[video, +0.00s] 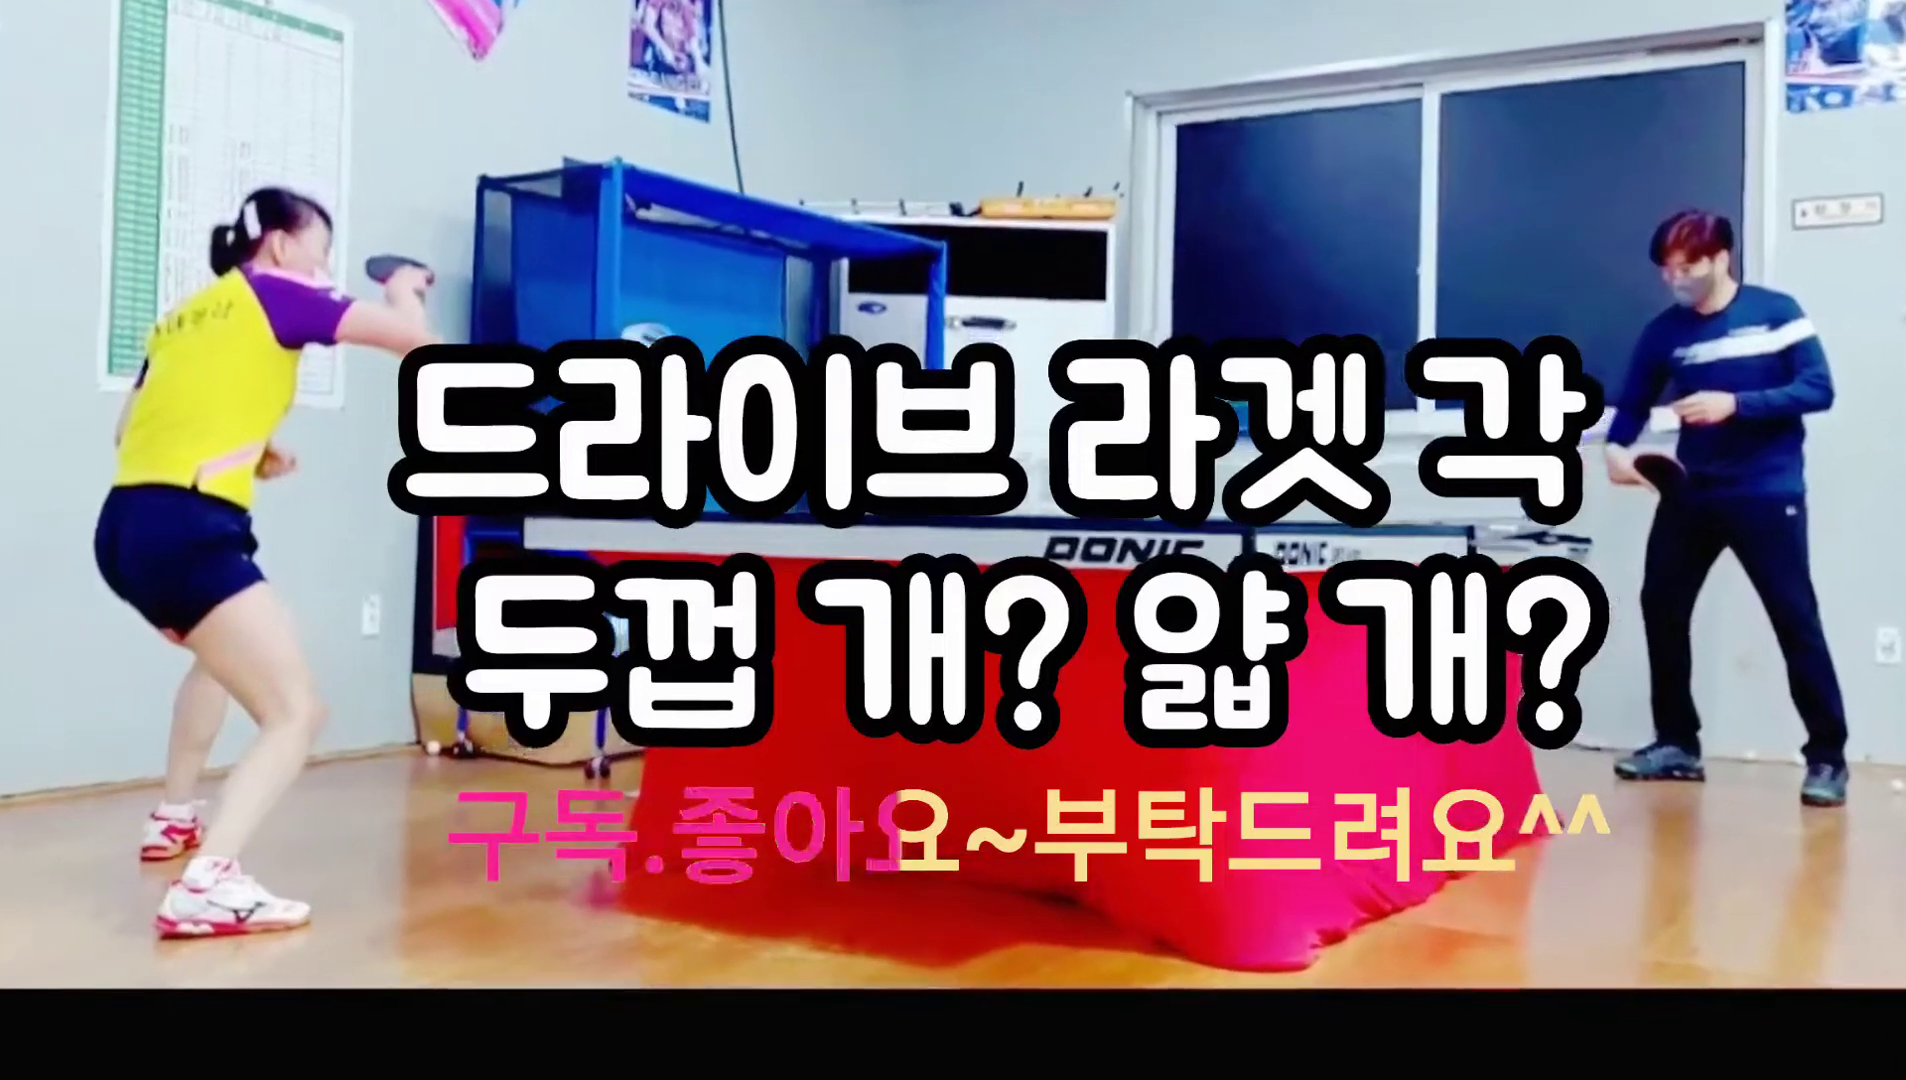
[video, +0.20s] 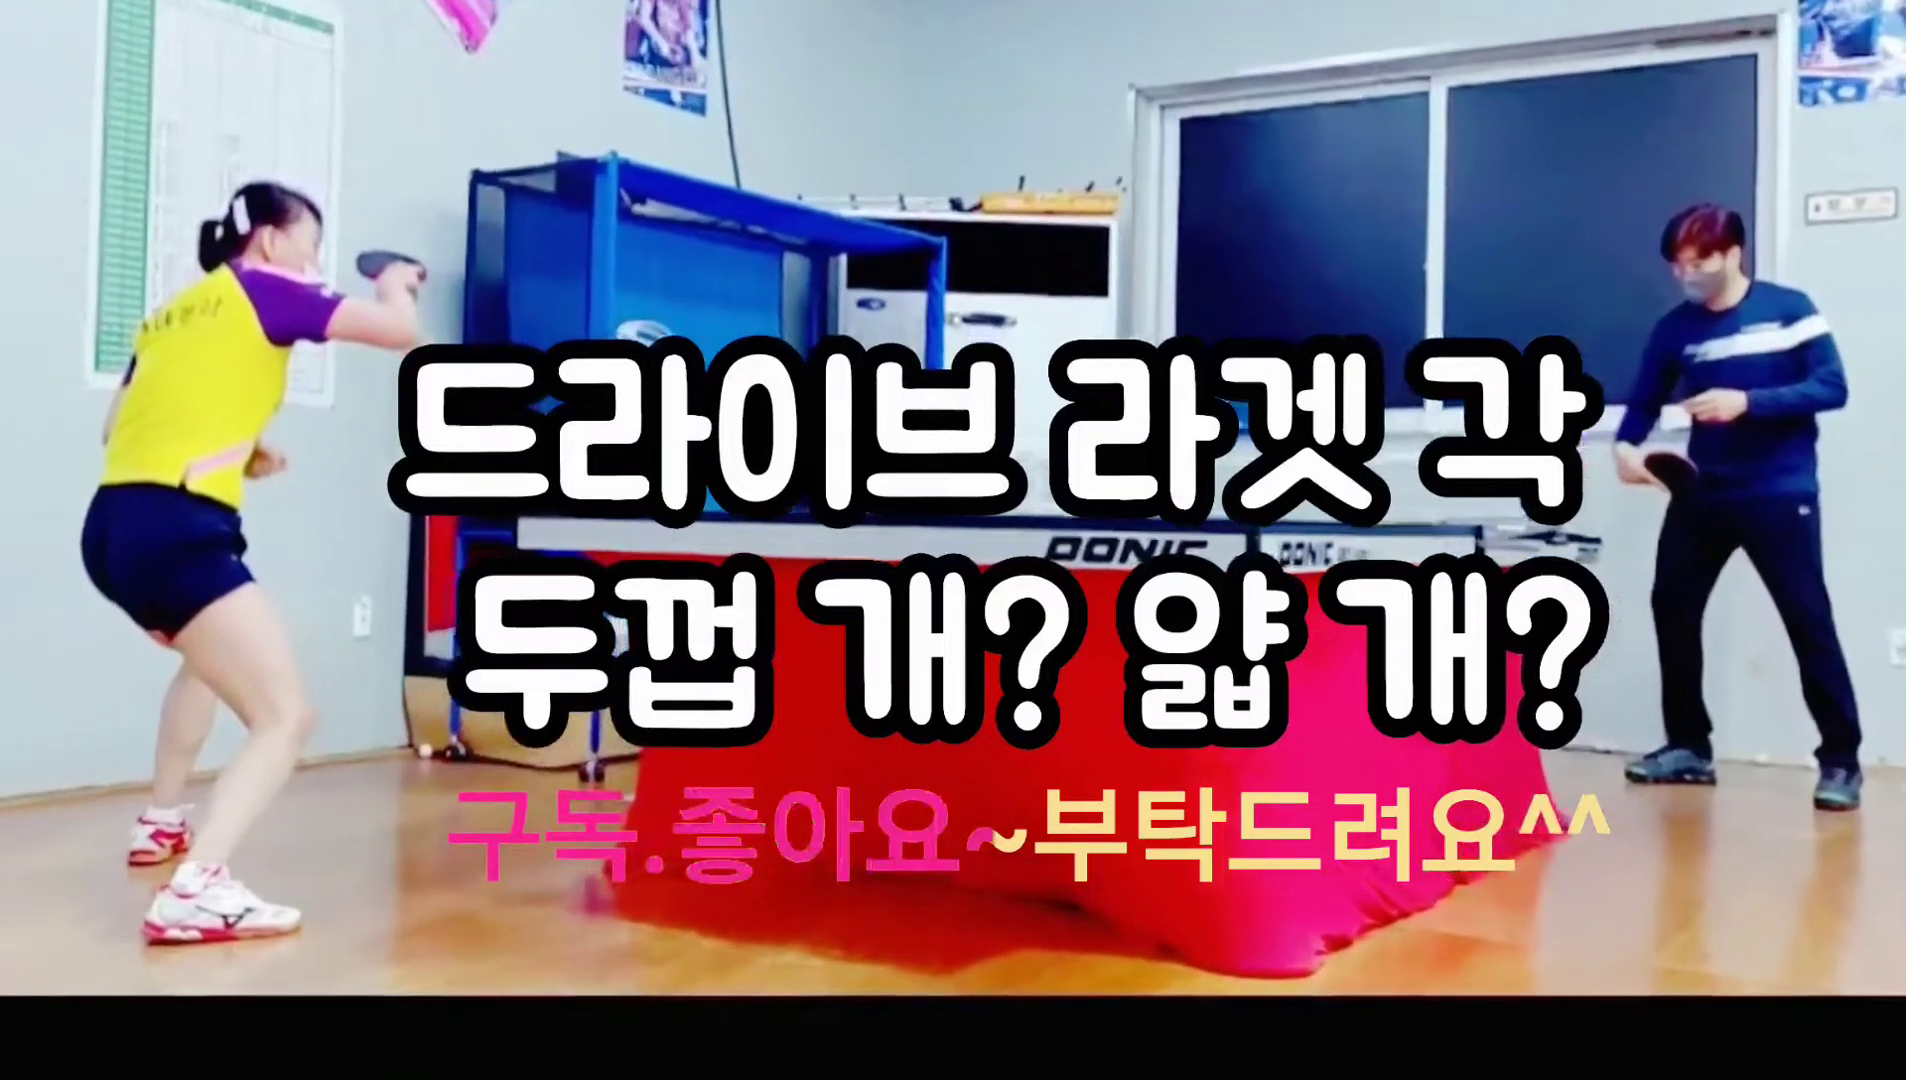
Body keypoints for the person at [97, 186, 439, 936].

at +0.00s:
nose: (324, 265)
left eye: (326, 252)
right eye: (319, 249)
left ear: (255, 244)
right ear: (277, 240)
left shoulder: (185, 316)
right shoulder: (276, 294)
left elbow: (137, 433)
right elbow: (412, 338)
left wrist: (249, 457)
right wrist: (402, 292)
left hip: (123, 526)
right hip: (188, 527)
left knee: (219, 654)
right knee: (295, 712)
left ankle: (176, 814)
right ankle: (211, 879)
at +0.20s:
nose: (315, 259)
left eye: (317, 246)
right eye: (310, 242)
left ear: (244, 239)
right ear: (267, 235)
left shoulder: (170, 314)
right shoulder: (265, 290)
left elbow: (123, 432)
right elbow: (400, 333)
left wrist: (236, 457)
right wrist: (395, 288)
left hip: (110, 526)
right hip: (178, 526)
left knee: (207, 658)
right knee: (284, 717)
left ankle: (164, 817)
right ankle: (199, 884)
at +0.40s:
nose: (305, 256)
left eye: (307, 243)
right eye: (300, 240)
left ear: (234, 236)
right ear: (256, 232)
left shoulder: (161, 308)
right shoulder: (254, 287)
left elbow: (111, 428)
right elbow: (392, 329)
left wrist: (225, 456)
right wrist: (387, 283)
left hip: (97, 526)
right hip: (166, 525)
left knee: (195, 662)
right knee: (274, 720)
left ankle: (151, 822)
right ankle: (187, 890)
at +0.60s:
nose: (296, 252)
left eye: (298, 239)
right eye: (290, 235)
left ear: (224, 232)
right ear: (245, 228)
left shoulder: (150, 304)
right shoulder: (243, 283)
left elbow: (98, 426)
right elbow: (380, 324)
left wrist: (215, 455)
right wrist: (379, 278)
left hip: (84, 525)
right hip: (153, 525)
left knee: (184, 663)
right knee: (264, 724)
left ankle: (140, 826)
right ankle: (176, 896)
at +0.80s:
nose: (286, 249)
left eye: (288, 235)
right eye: (280, 232)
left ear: (213, 228)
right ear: (235, 224)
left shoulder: (136, 303)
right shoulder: (233, 279)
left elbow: (87, 427)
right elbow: (372, 320)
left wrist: (204, 455)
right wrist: (371, 273)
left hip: (71, 525)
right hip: (142, 525)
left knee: (172, 665)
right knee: (254, 725)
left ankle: (127, 831)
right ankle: (165, 900)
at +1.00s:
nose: (279, 242)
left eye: (280, 227)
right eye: (272, 224)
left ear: (203, 224)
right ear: (225, 219)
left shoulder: (126, 298)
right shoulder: (223, 275)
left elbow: (74, 423)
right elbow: (363, 317)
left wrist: (193, 450)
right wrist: (363, 271)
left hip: (59, 525)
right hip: (130, 525)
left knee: (160, 666)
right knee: (243, 728)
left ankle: (116, 834)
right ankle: (153, 905)